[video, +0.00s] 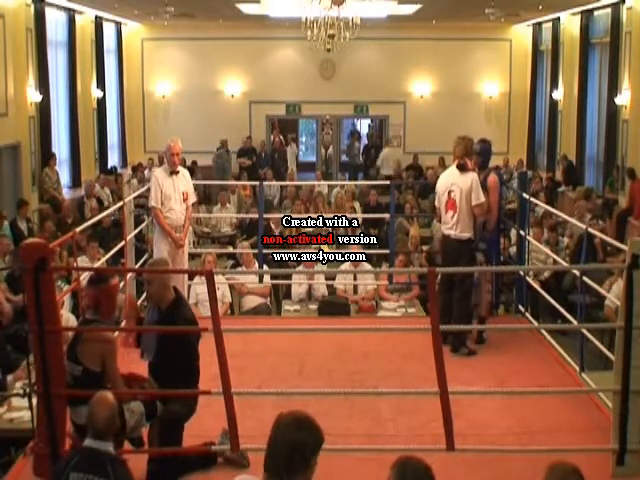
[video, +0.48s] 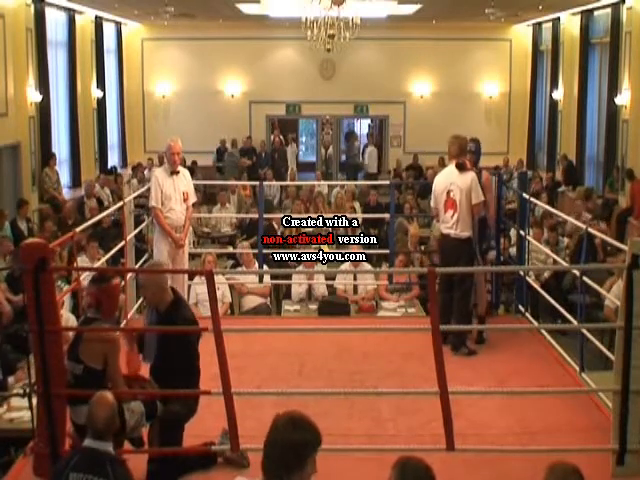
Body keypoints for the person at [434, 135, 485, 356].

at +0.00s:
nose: (473, 158)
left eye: (470, 153)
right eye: (473, 154)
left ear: (454, 154)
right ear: (470, 155)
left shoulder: (443, 176)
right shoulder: (471, 178)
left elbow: (438, 207)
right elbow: (479, 209)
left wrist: (446, 222)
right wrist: (475, 178)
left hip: (446, 237)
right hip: (464, 238)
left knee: (446, 285)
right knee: (463, 288)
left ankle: (444, 329)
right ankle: (459, 338)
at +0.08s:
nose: (473, 157)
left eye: (469, 152)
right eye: (472, 153)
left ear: (453, 153)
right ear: (470, 154)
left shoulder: (443, 177)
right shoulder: (471, 177)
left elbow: (438, 210)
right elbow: (478, 210)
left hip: (446, 237)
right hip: (464, 238)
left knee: (446, 285)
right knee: (463, 288)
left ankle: (445, 329)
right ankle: (459, 338)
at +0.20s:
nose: (471, 156)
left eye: (467, 152)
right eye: (470, 153)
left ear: (452, 153)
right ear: (469, 154)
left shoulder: (442, 177)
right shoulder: (470, 178)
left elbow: (437, 211)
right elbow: (478, 210)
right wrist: (474, 177)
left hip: (446, 237)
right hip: (464, 238)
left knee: (446, 286)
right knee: (463, 288)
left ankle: (444, 330)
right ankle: (459, 339)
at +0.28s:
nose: (469, 156)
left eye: (464, 152)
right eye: (469, 153)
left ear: (450, 154)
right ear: (468, 154)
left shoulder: (441, 178)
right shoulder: (471, 178)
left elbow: (437, 211)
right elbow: (478, 210)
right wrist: (474, 176)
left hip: (446, 237)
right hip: (464, 238)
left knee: (446, 286)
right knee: (463, 288)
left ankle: (444, 330)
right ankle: (459, 339)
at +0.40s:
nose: (466, 156)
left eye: (457, 152)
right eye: (467, 152)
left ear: (449, 154)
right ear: (467, 153)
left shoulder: (440, 177)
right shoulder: (471, 177)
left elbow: (435, 210)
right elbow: (478, 210)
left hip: (445, 237)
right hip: (464, 238)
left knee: (446, 286)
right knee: (463, 288)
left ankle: (444, 330)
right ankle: (459, 339)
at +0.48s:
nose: (466, 155)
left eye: (458, 151)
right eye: (466, 152)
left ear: (448, 153)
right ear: (466, 153)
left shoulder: (439, 178)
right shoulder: (470, 177)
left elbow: (434, 209)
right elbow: (478, 208)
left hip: (445, 237)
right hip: (464, 238)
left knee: (446, 286)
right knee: (463, 288)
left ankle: (444, 330)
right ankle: (459, 338)